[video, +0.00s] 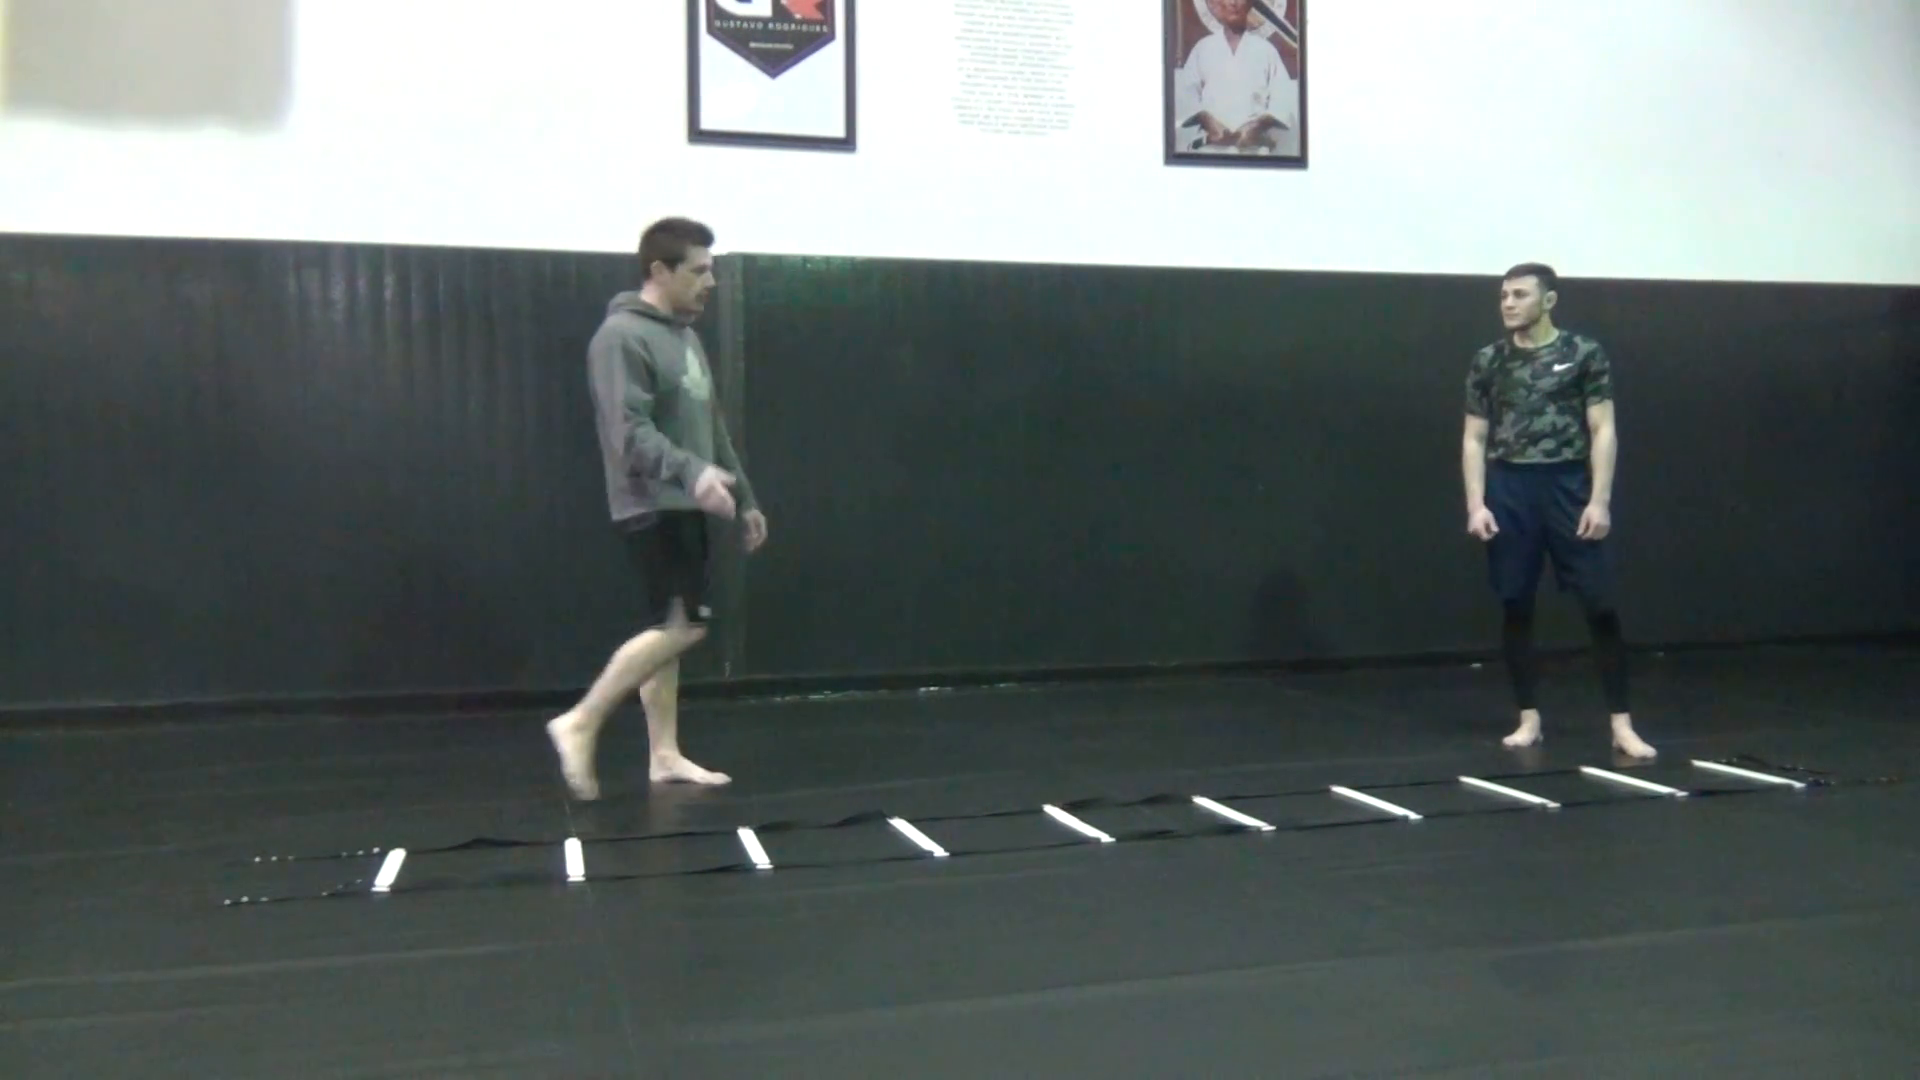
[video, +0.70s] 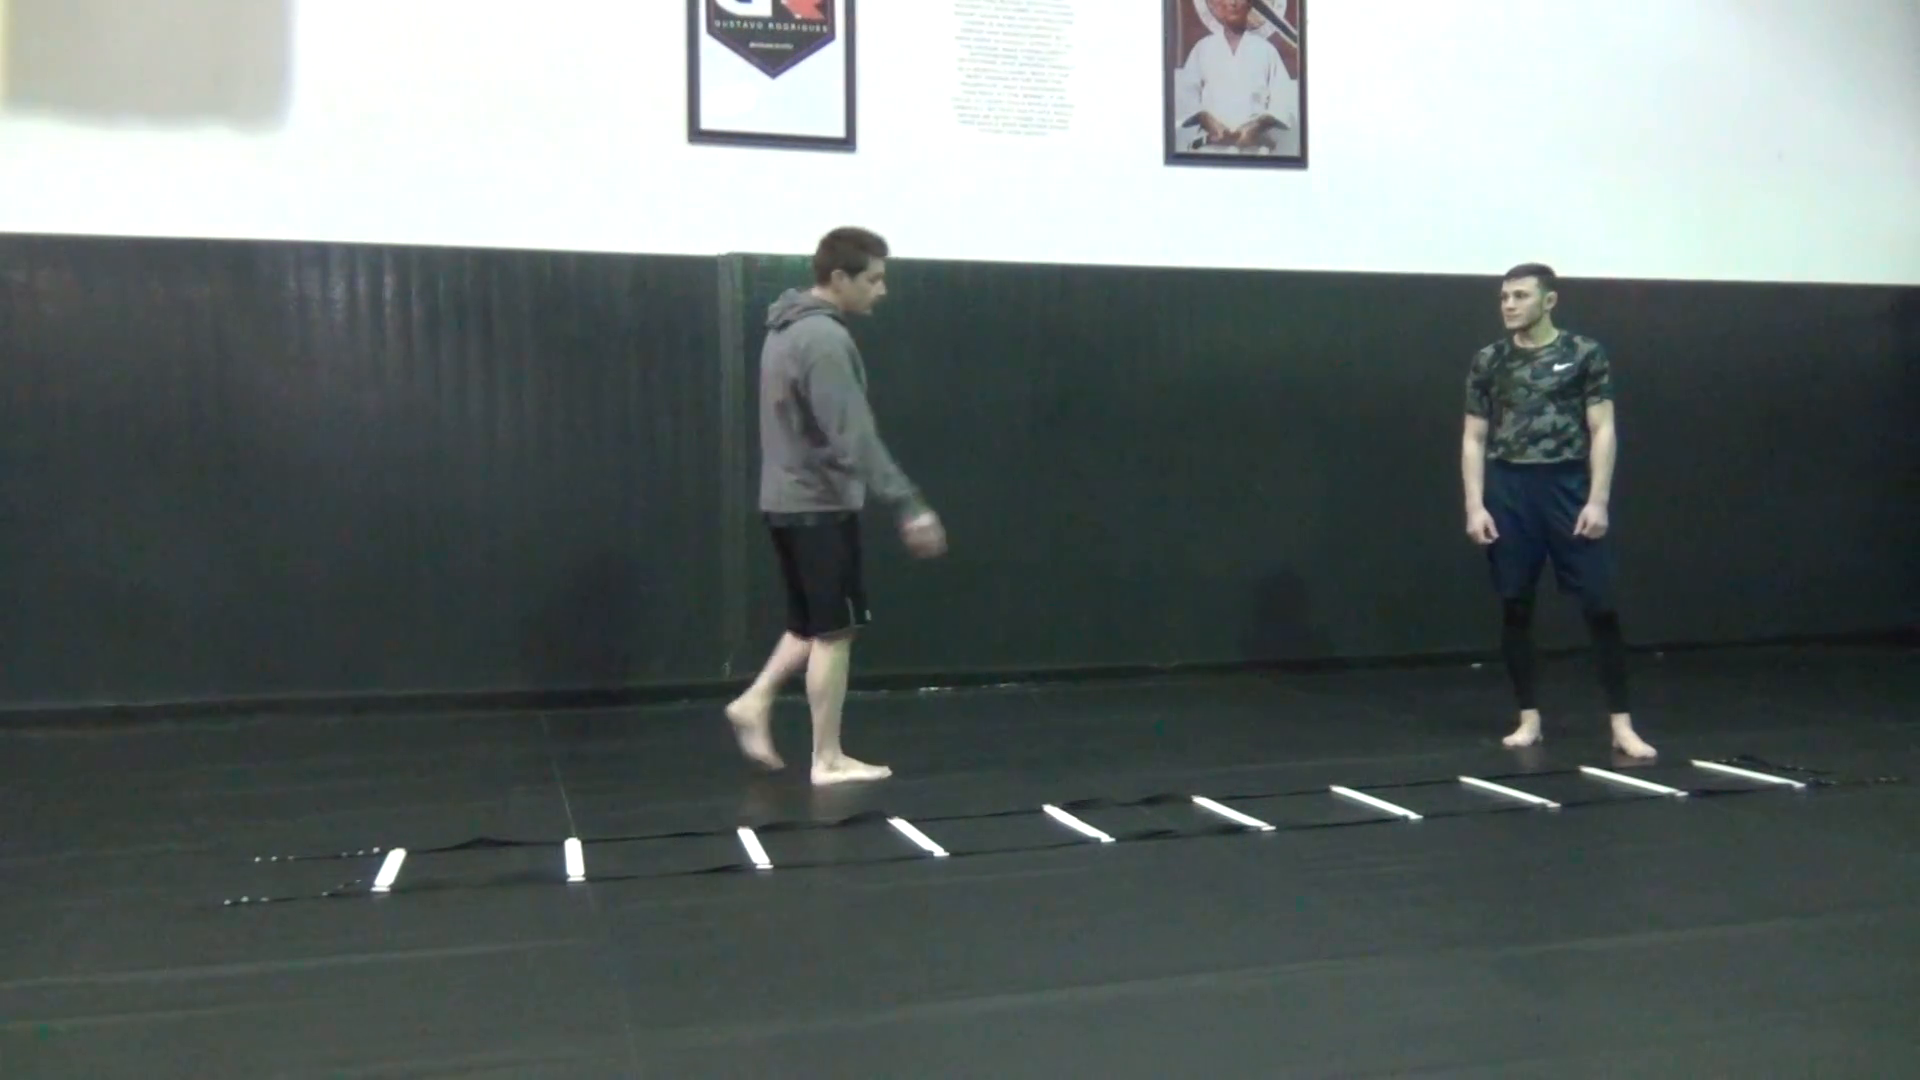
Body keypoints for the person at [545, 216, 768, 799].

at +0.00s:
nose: (710, 282)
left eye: (710, 270)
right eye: (700, 270)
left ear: (675, 273)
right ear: (658, 270)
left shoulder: (685, 338)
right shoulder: (619, 336)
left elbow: (713, 431)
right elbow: (629, 433)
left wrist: (743, 502)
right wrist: (692, 473)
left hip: (688, 501)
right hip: (650, 505)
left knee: (672, 628)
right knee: (686, 622)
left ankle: (665, 756)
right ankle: (577, 724)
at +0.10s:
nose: (734, 278)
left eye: (734, 267)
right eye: (725, 267)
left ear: (695, 269)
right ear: (687, 267)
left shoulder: (704, 332)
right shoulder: (645, 333)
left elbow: (725, 429)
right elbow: (648, 431)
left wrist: (761, 496)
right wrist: (681, 510)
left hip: (702, 498)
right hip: (672, 501)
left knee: (671, 625)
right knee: (726, 615)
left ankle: (666, 751)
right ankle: (646, 733)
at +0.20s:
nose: (759, 280)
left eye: (759, 268)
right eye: (750, 268)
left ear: (716, 270)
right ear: (711, 269)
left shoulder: (719, 332)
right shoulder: (676, 334)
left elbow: (738, 427)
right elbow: (669, 433)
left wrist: (770, 491)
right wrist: (672, 522)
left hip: (709, 503)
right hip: (701, 505)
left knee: (679, 627)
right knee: (752, 616)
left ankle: (666, 752)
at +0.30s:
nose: (785, 282)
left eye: (784, 271)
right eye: (776, 271)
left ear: (741, 275)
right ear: (738, 274)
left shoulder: (735, 335)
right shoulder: (705, 337)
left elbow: (748, 434)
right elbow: (688, 436)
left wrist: (777, 498)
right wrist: (685, 525)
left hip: (724, 508)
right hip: (725, 511)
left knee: (686, 633)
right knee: (766, 629)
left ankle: (666, 755)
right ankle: (808, 754)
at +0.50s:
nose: (835, 287)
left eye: (835, 276)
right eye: (827, 276)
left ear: (787, 278)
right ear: (791, 277)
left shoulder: (750, 334)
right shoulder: (770, 342)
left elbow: (755, 436)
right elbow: (765, 442)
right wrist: (771, 529)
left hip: (739, 508)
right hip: (775, 510)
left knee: (728, 633)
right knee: (807, 633)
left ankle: (675, 742)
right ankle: (827, 758)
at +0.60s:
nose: (859, 289)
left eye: (860, 277)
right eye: (852, 277)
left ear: (810, 278)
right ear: (815, 277)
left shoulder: (769, 330)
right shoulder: (801, 340)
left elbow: (771, 435)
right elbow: (808, 444)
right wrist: (837, 526)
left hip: (762, 509)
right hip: (793, 511)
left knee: (769, 626)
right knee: (821, 631)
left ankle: (706, 720)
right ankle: (827, 760)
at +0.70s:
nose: (881, 291)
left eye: (883, 279)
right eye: (875, 279)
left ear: (833, 278)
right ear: (837, 277)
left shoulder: (788, 328)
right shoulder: (824, 338)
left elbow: (794, 426)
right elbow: (854, 436)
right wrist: (908, 504)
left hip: (789, 504)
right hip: (819, 507)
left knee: (810, 624)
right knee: (834, 630)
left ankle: (753, 702)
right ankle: (828, 759)